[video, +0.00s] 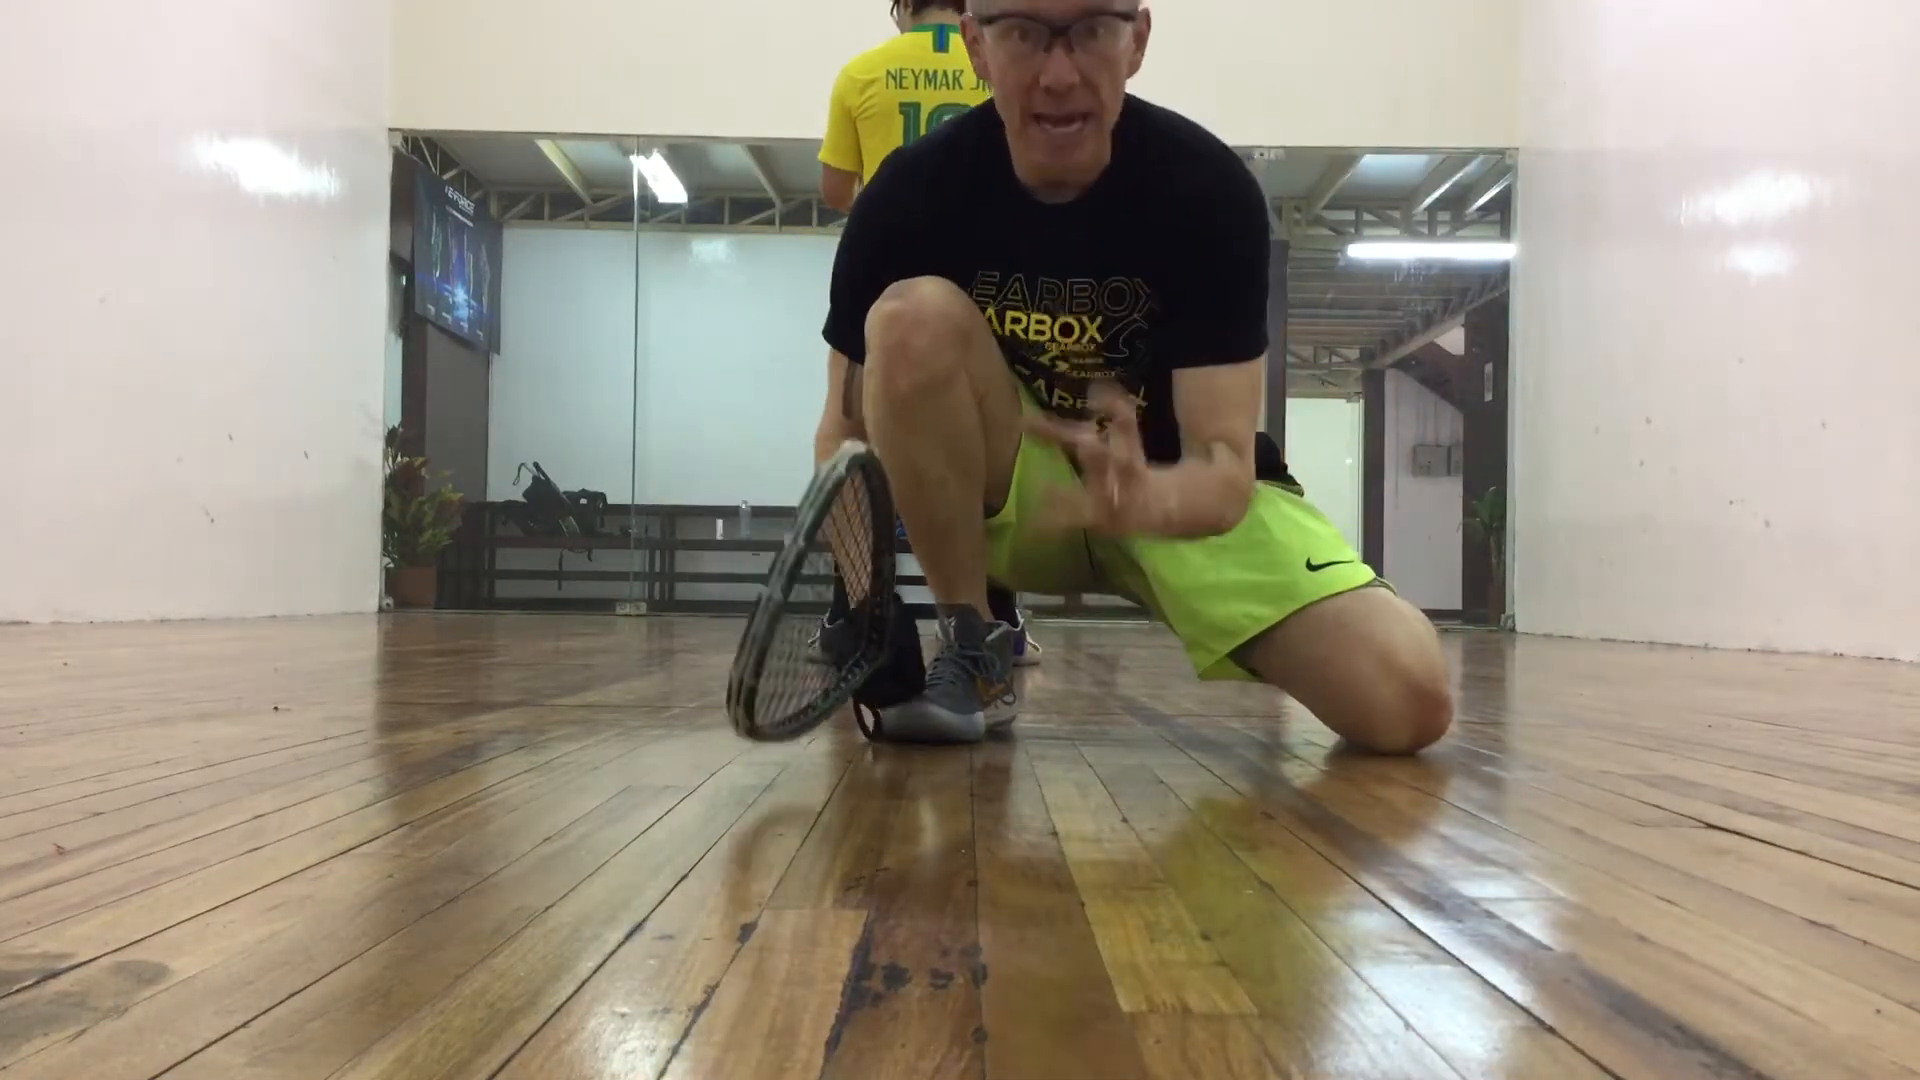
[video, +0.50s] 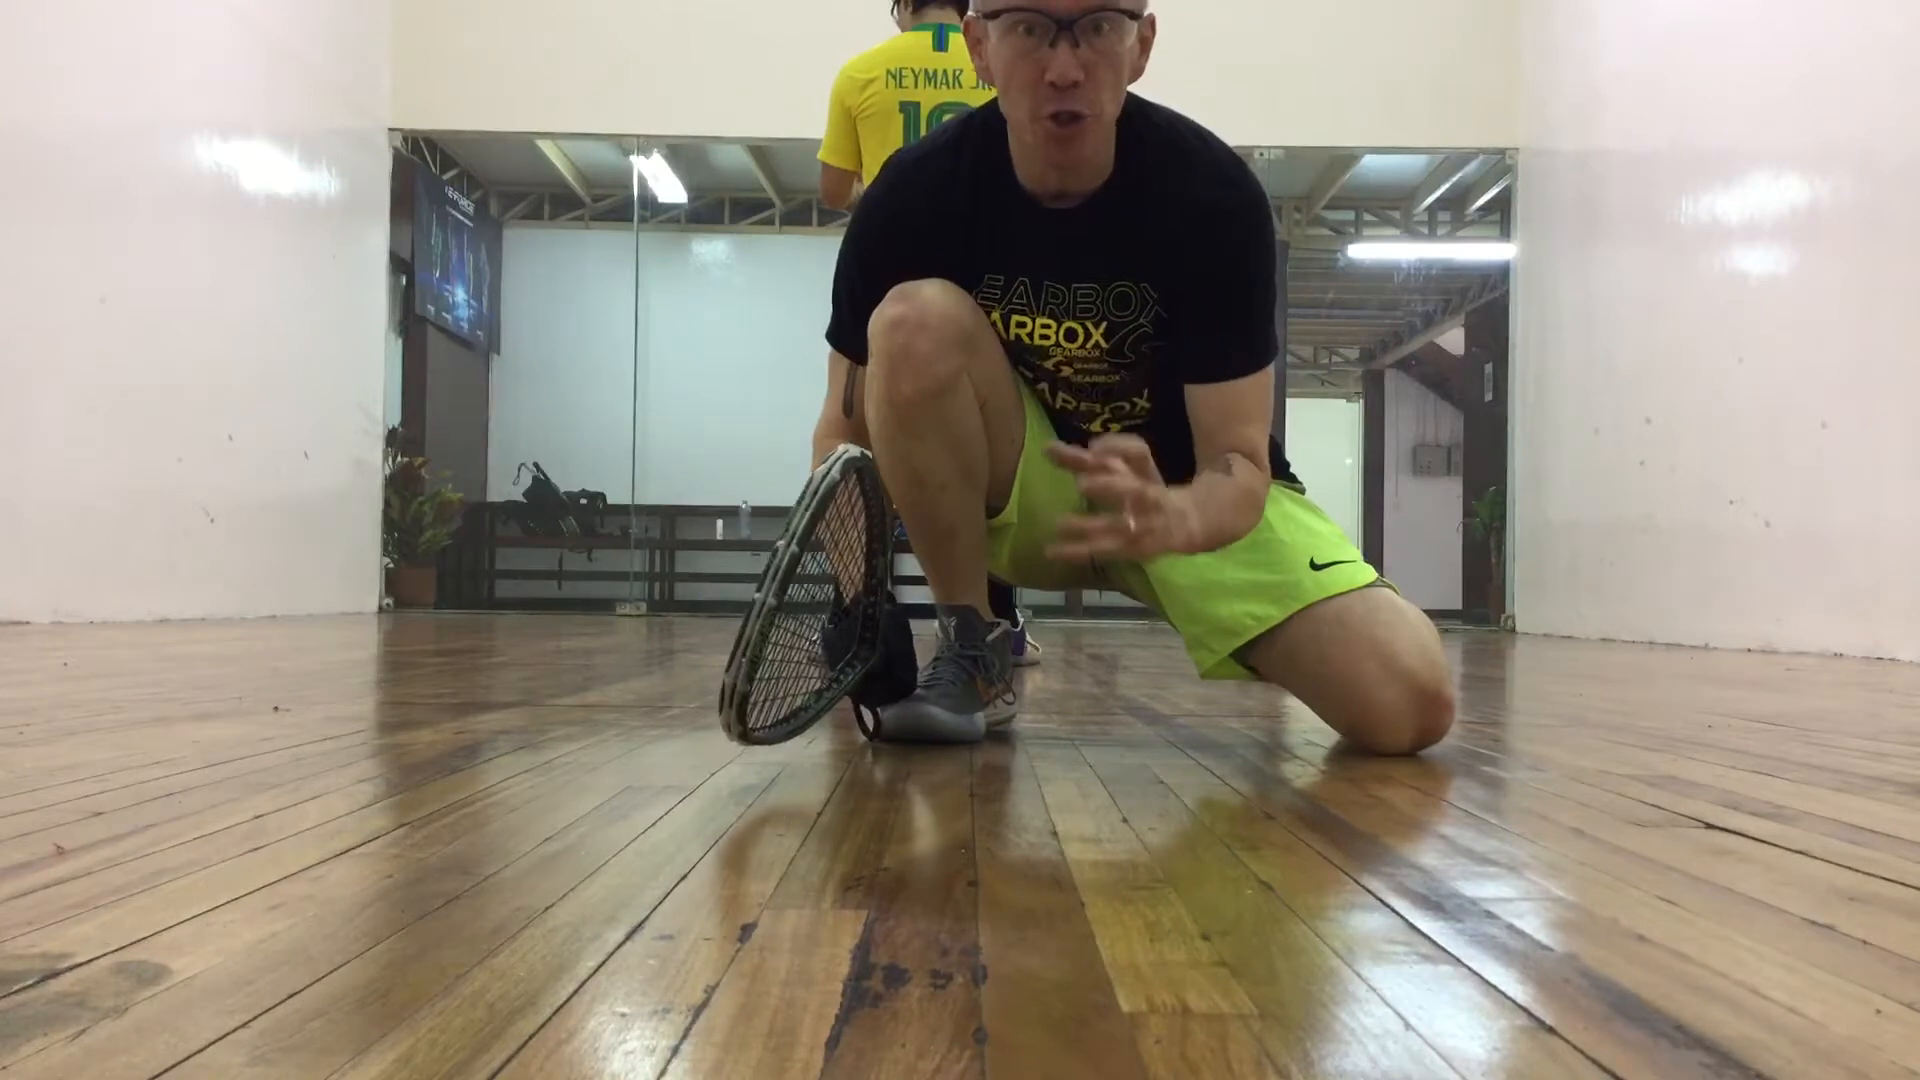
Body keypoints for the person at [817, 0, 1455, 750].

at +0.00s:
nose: (1059, 74)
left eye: (1091, 33)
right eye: (1025, 35)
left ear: (1136, 41)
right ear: (975, 46)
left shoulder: (1209, 191)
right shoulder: (911, 194)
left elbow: (1225, 471)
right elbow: (848, 420)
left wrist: (1142, 500)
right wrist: (861, 613)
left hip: (1186, 496)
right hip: (1019, 488)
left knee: (1410, 709)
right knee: (914, 317)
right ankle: (966, 643)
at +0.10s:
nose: (1064, 70)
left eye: (1095, 31)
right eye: (1030, 32)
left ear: (1140, 43)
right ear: (979, 45)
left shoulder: (1209, 191)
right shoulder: (913, 192)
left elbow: (1223, 468)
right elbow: (844, 415)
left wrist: (1152, 520)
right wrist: (854, 602)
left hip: (1189, 498)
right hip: (1019, 486)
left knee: (1410, 711)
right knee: (911, 317)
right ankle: (970, 643)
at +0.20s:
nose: (1066, 64)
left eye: (1095, 28)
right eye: (1034, 28)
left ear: (1141, 46)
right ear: (981, 45)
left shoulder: (1209, 193)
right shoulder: (911, 191)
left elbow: (1233, 478)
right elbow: (843, 413)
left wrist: (1145, 476)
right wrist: (855, 606)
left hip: (1187, 492)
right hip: (1018, 484)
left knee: (1411, 711)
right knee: (910, 318)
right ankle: (972, 647)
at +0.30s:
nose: (1066, 65)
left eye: (1096, 28)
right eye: (1034, 28)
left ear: (1142, 47)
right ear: (981, 45)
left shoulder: (1211, 190)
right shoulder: (913, 190)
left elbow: (1237, 480)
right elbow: (844, 413)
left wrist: (1149, 444)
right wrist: (853, 609)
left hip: (1181, 498)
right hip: (1020, 486)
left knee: (1411, 711)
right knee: (910, 318)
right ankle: (971, 644)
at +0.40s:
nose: (1066, 64)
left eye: (1096, 27)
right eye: (1033, 28)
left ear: (1141, 45)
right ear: (979, 46)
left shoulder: (1212, 191)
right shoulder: (912, 193)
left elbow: (1237, 465)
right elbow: (847, 411)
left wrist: (1162, 485)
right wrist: (851, 609)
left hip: (1188, 494)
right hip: (1020, 482)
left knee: (1411, 711)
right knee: (912, 320)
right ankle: (971, 643)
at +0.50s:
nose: (1065, 67)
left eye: (1095, 29)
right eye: (1031, 30)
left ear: (1140, 47)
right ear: (978, 48)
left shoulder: (1213, 195)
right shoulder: (913, 196)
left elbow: (1239, 470)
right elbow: (847, 416)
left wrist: (1174, 518)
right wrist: (855, 615)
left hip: (1198, 503)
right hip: (1029, 487)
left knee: (1411, 712)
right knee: (914, 322)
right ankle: (969, 643)